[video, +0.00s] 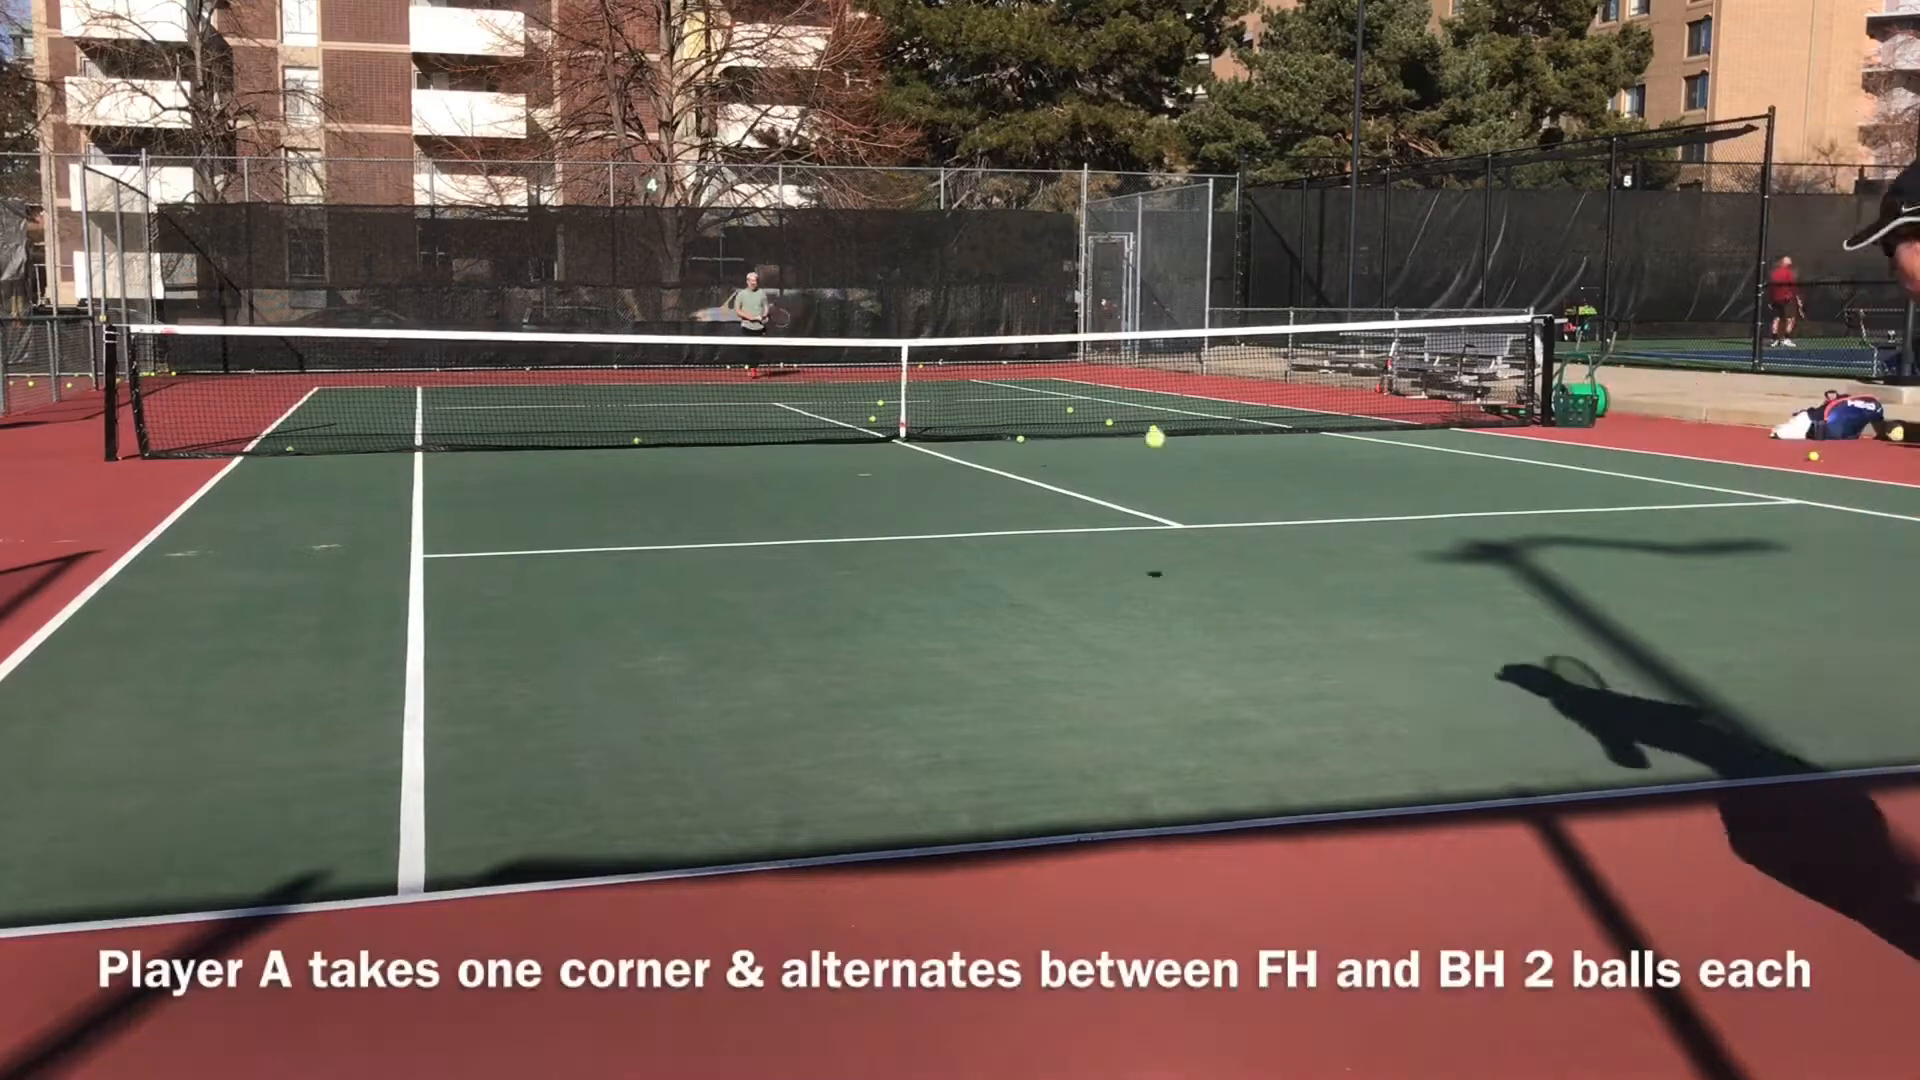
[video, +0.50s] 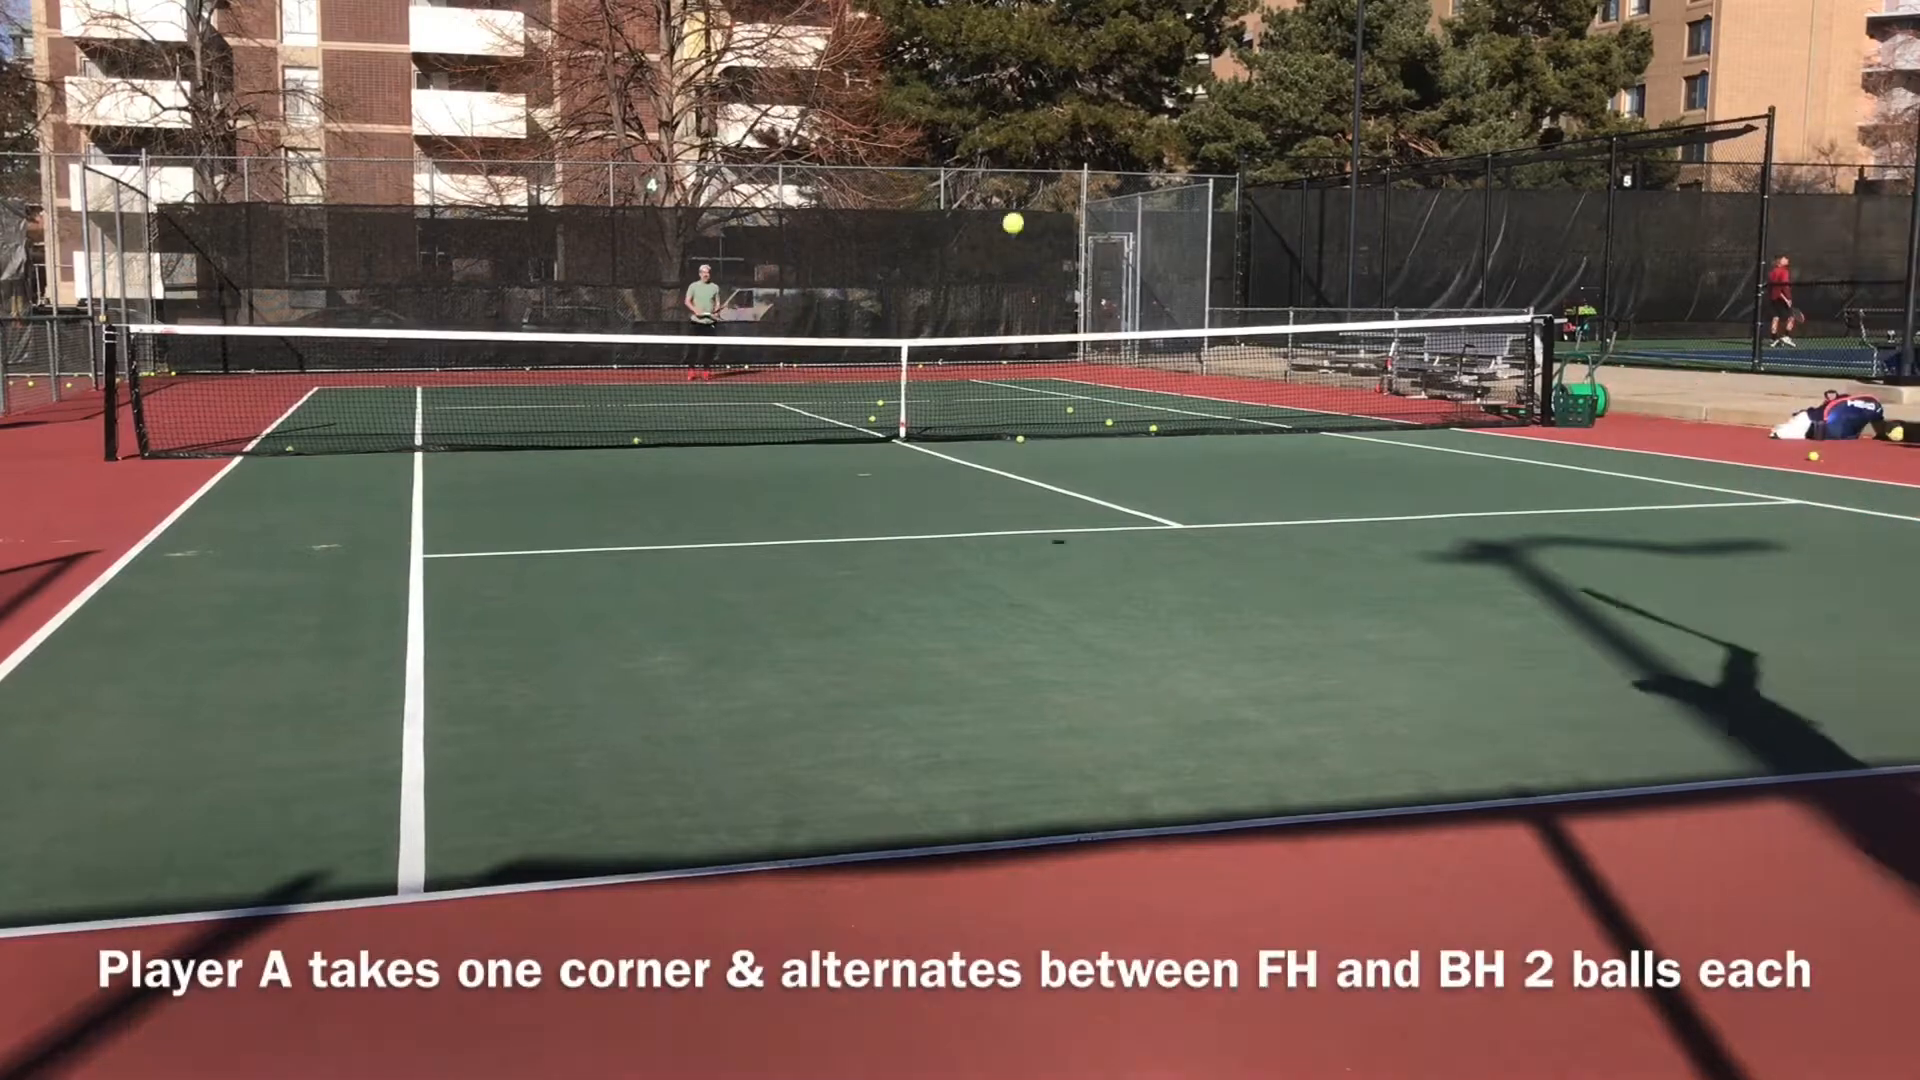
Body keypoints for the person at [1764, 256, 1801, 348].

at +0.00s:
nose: (1789, 265)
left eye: (1788, 263)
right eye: (1788, 263)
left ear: (1780, 263)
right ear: (1788, 264)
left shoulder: (1774, 273)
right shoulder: (1789, 272)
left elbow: (1771, 288)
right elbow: (1792, 286)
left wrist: (1770, 300)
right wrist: (1797, 297)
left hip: (1776, 299)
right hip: (1787, 299)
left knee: (1778, 318)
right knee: (1790, 318)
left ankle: (1776, 338)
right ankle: (1785, 338)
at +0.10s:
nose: (1788, 264)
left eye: (1788, 262)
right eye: (1787, 262)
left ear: (1779, 263)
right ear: (1787, 264)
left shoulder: (1773, 273)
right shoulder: (1787, 272)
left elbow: (1771, 286)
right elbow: (1789, 285)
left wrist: (1772, 296)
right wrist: (1793, 296)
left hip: (1775, 299)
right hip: (1785, 298)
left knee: (1777, 317)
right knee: (1791, 317)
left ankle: (1776, 338)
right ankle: (1786, 337)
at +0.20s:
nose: (1789, 263)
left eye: (1788, 261)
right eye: (1787, 262)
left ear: (1778, 263)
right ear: (1784, 263)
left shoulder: (1773, 272)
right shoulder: (1786, 272)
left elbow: (1771, 286)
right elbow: (1788, 286)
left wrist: (1773, 296)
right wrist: (1792, 298)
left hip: (1775, 299)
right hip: (1784, 298)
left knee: (1776, 317)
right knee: (1791, 317)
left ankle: (1775, 337)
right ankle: (1786, 336)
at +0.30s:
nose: (1788, 261)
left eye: (1787, 259)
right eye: (1786, 259)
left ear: (1777, 262)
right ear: (1781, 261)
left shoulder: (1772, 272)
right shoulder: (1785, 272)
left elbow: (1771, 285)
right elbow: (1786, 286)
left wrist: (1773, 295)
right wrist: (1789, 298)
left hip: (1773, 298)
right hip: (1782, 297)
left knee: (1776, 317)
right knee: (1792, 316)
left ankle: (1774, 338)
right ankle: (1787, 335)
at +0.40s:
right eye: (1784, 261)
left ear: (1775, 263)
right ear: (1783, 262)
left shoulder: (1772, 273)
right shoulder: (1784, 272)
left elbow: (1769, 285)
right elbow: (1785, 287)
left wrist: (1771, 295)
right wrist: (1788, 299)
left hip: (1773, 298)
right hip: (1782, 298)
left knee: (1776, 317)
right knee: (1791, 316)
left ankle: (1774, 338)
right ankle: (1786, 335)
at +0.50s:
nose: (1787, 261)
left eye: (1786, 259)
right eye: (1784, 259)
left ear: (1777, 262)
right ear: (1779, 261)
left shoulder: (1772, 272)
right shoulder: (1784, 271)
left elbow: (1771, 285)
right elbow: (1785, 285)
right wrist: (1788, 298)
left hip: (1773, 297)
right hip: (1782, 297)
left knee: (1775, 317)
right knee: (1791, 316)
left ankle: (1774, 337)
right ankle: (1786, 335)